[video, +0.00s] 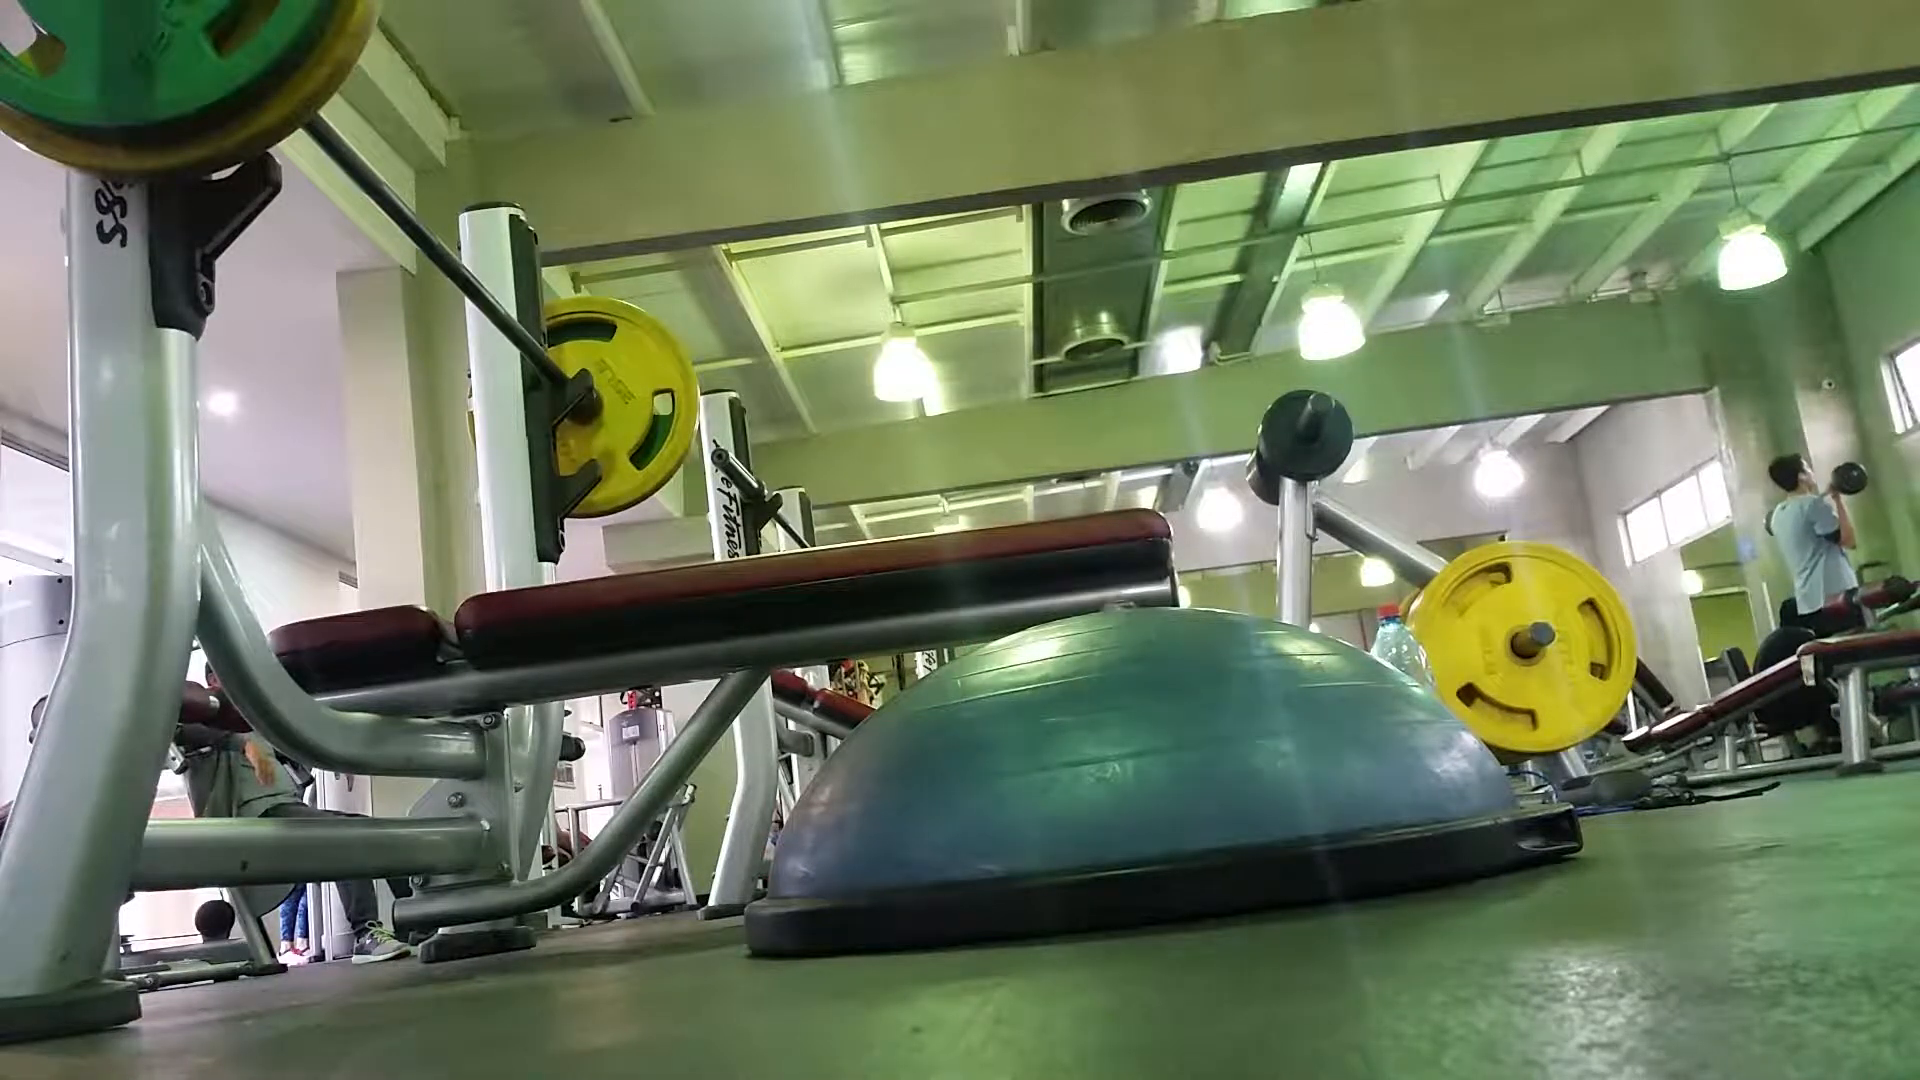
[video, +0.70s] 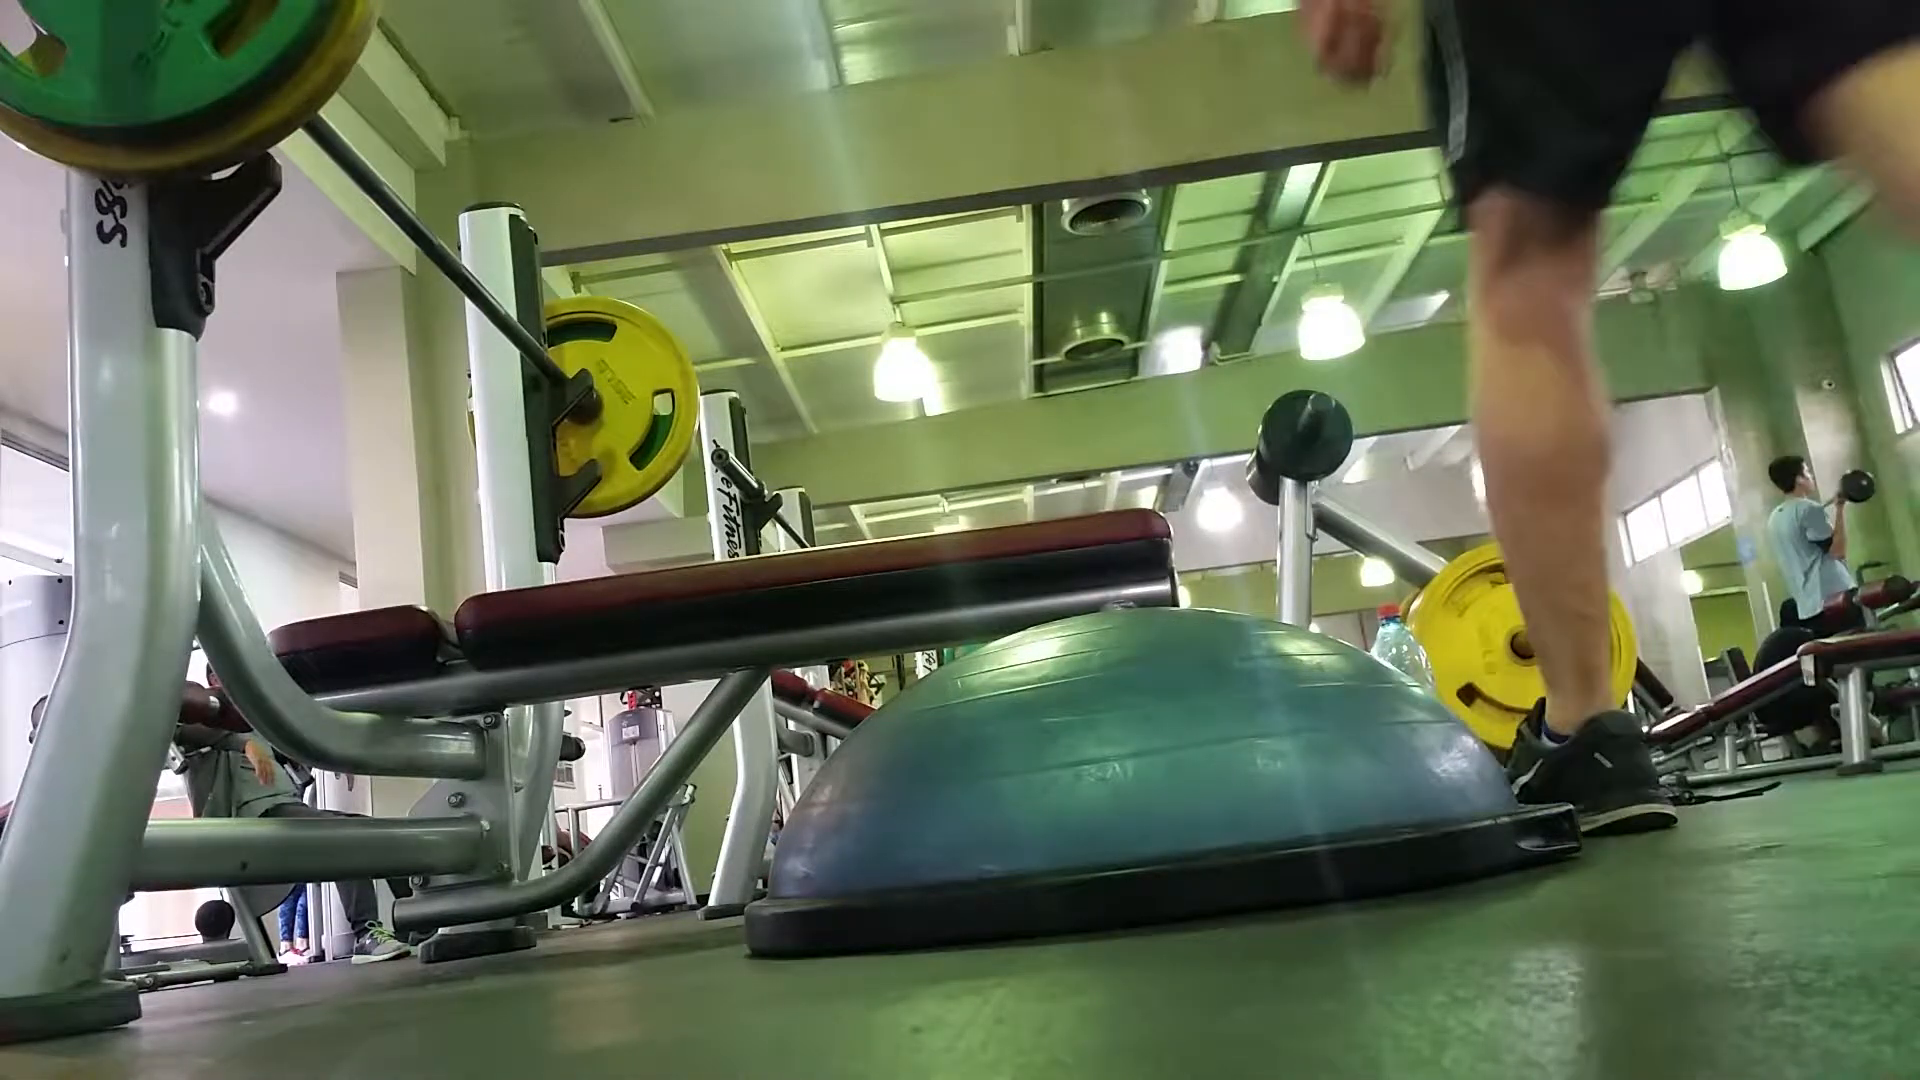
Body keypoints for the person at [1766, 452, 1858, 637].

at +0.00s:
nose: (1813, 472)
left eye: (1809, 467)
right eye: (1808, 468)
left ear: (1783, 483)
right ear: (1801, 476)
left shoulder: (1777, 515)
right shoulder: (1813, 505)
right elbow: (1848, 540)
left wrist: (1827, 494)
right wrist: (1838, 497)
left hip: (1807, 605)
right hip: (1836, 598)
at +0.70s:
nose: (1812, 477)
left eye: (1809, 472)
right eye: (1807, 473)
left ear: (1782, 484)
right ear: (1798, 479)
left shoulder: (1774, 518)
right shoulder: (1808, 509)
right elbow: (1838, 550)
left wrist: (1830, 504)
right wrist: (1840, 507)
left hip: (1807, 607)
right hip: (1835, 600)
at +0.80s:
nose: (1810, 477)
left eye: (1807, 472)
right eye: (1806, 472)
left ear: (1781, 484)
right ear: (1797, 478)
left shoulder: (1775, 517)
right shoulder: (1806, 509)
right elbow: (1832, 551)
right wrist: (1847, 512)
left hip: (1807, 606)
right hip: (1834, 599)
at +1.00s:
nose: (1810, 477)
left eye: (1806, 472)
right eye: (1804, 473)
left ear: (1781, 488)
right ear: (1798, 481)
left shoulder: (1775, 520)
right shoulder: (1806, 506)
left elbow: (1781, 564)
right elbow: (1815, 555)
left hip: (1808, 610)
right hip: (1835, 602)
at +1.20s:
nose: (1814, 477)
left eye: (1811, 472)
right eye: (1809, 473)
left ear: (1786, 488)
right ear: (1803, 480)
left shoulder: (1782, 520)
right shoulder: (1813, 506)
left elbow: (1785, 571)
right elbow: (1815, 553)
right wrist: (1862, 559)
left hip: (1812, 611)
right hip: (1838, 604)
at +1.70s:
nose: (1814, 480)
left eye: (1812, 475)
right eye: (1812, 475)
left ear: (1786, 483)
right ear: (1807, 479)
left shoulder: (1780, 518)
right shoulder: (1808, 510)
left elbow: (1785, 562)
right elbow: (1822, 560)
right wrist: (1867, 557)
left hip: (1813, 610)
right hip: (1837, 607)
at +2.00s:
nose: (1816, 492)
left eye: (1816, 486)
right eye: (1815, 487)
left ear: (1787, 485)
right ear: (1808, 488)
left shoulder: (1773, 520)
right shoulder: (1807, 519)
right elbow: (1838, 558)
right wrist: (1856, 537)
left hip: (1815, 606)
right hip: (1840, 603)